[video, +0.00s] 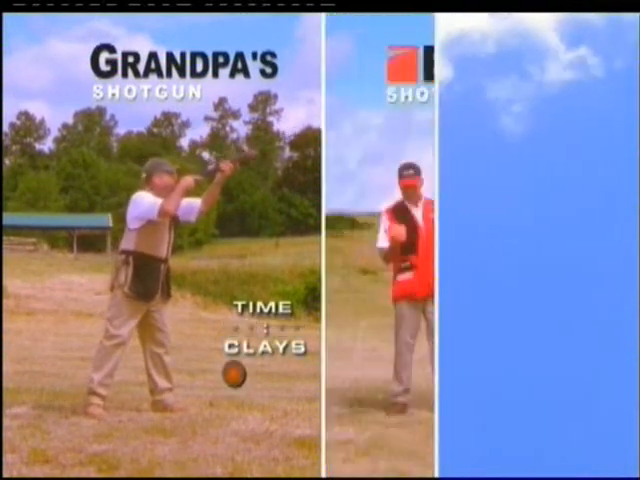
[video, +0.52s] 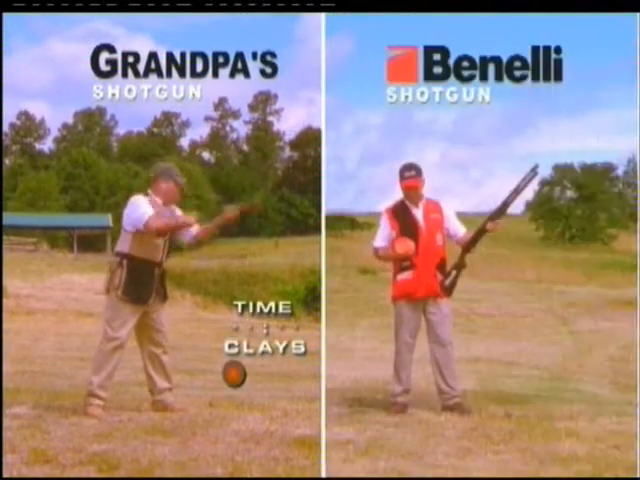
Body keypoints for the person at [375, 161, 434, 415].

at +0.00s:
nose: (411, 190)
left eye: (414, 185)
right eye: (406, 186)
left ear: (421, 183)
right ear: (399, 186)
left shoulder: (434, 209)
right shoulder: (390, 214)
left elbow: (444, 239)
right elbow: (384, 253)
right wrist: (394, 242)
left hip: (434, 280)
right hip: (406, 282)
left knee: (439, 341)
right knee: (404, 341)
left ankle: (445, 393)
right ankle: (401, 392)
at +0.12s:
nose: (411, 190)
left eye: (414, 185)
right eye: (406, 186)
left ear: (422, 183)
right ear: (400, 186)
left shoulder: (437, 209)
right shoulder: (390, 214)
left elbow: (462, 239)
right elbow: (383, 254)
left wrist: (483, 231)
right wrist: (396, 245)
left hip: (436, 283)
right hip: (407, 285)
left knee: (444, 342)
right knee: (405, 343)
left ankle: (451, 398)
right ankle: (400, 397)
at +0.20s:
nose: (411, 190)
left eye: (414, 184)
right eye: (406, 186)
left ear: (422, 183)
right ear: (400, 186)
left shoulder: (437, 209)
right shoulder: (391, 214)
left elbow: (462, 239)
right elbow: (381, 252)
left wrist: (483, 231)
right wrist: (398, 249)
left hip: (436, 283)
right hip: (407, 285)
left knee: (444, 342)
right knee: (405, 343)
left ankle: (451, 397)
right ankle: (400, 396)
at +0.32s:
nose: (411, 190)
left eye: (415, 185)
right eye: (407, 186)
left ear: (422, 183)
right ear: (400, 187)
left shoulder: (437, 209)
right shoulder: (391, 214)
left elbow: (462, 239)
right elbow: (380, 250)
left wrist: (483, 230)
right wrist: (397, 251)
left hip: (436, 283)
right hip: (407, 285)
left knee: (444, 342)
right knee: (405, 343)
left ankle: (451, 397)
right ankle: (400, 396)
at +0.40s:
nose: (411, 190)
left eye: (415, 185)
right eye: (407, 186)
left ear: (422, 183)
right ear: (400, 187)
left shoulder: (438, 209)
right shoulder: (391, 214)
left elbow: (463, 239)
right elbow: (380, 251)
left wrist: (483, 230)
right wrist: (397, 251)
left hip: (436, 283)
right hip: (407, 285)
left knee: (444, 342)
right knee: (405, 343)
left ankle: (451, 397)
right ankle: (400, 396)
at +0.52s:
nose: (412, 190)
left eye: (415, 185)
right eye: (407, 186)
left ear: (422, 183)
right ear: (400, 186)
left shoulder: (438, 209)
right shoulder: (391, 214)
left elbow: (462, 239)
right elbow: (379, 250)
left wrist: (483, 231)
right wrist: (395, 252)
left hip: (436, 283)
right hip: (407, 285)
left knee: (444, 342)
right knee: (405, 343)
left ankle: (451, 397)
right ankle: (400, 396)